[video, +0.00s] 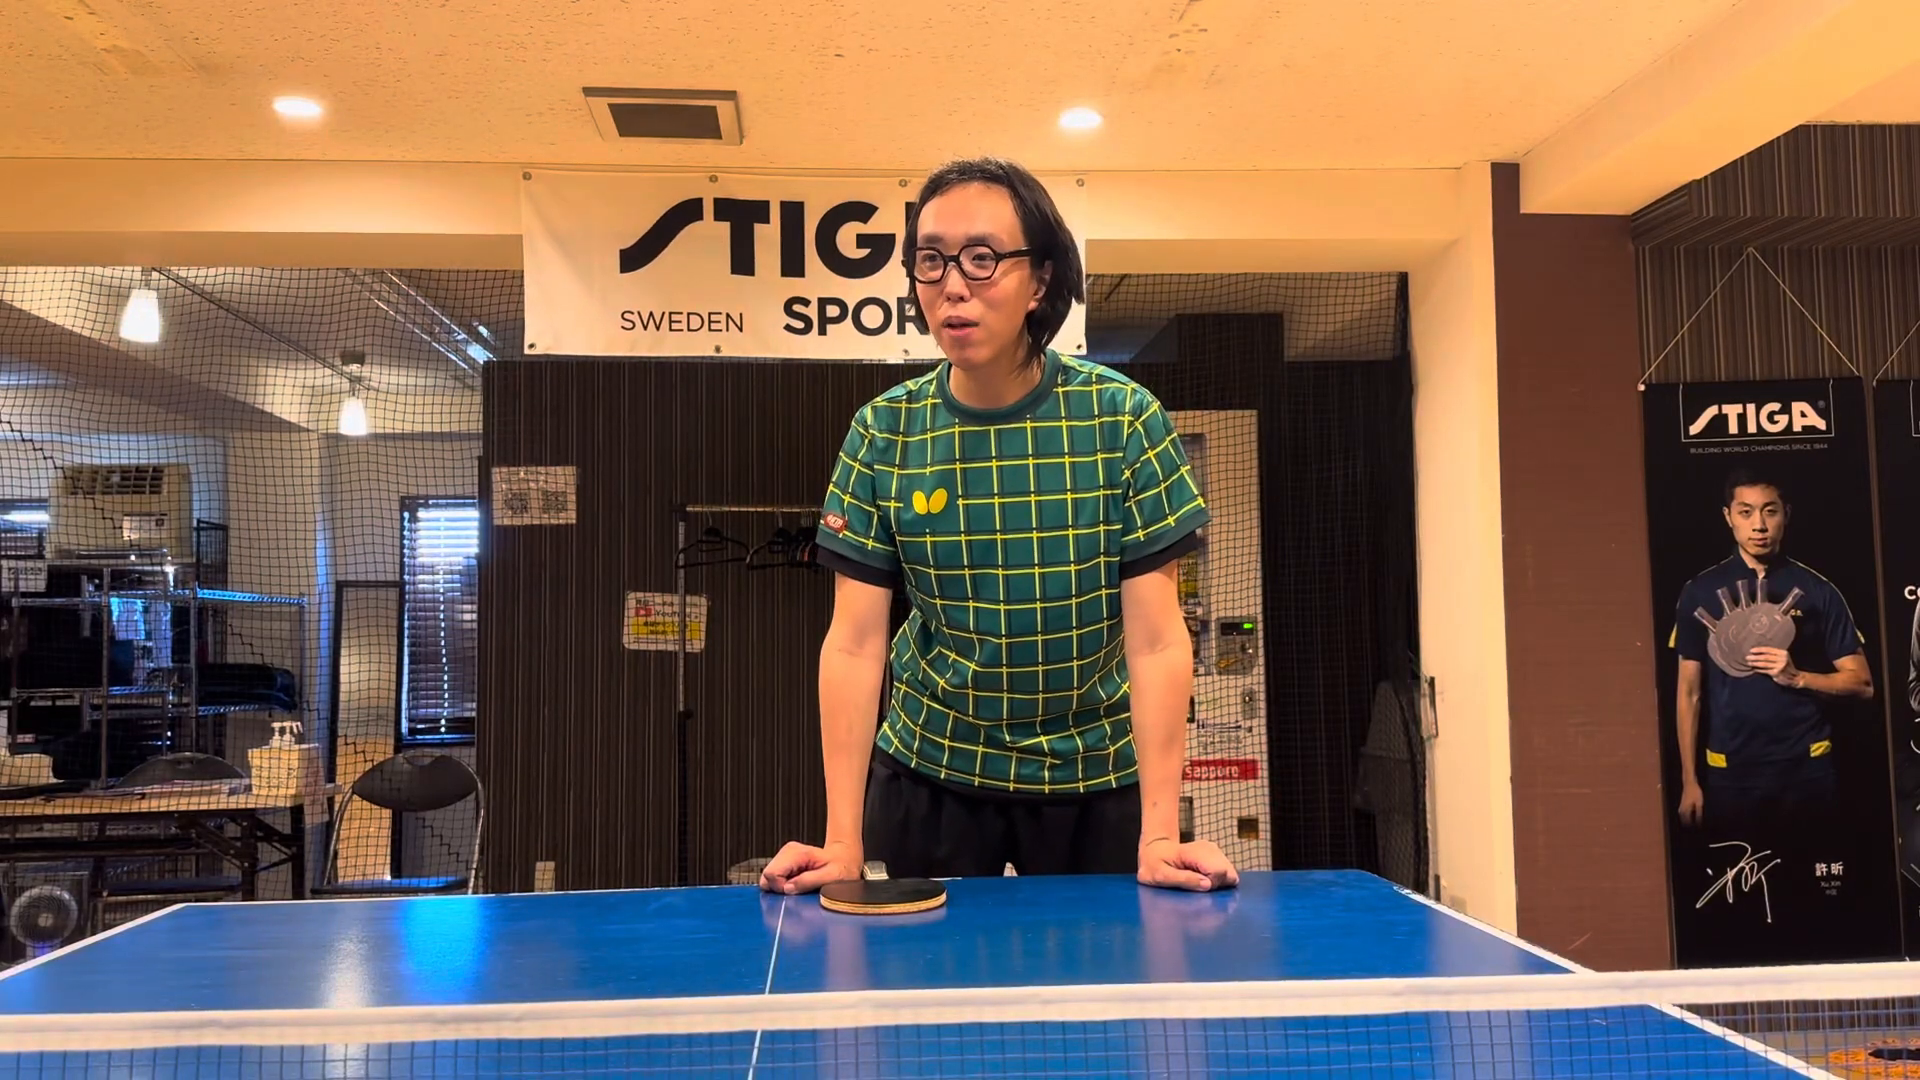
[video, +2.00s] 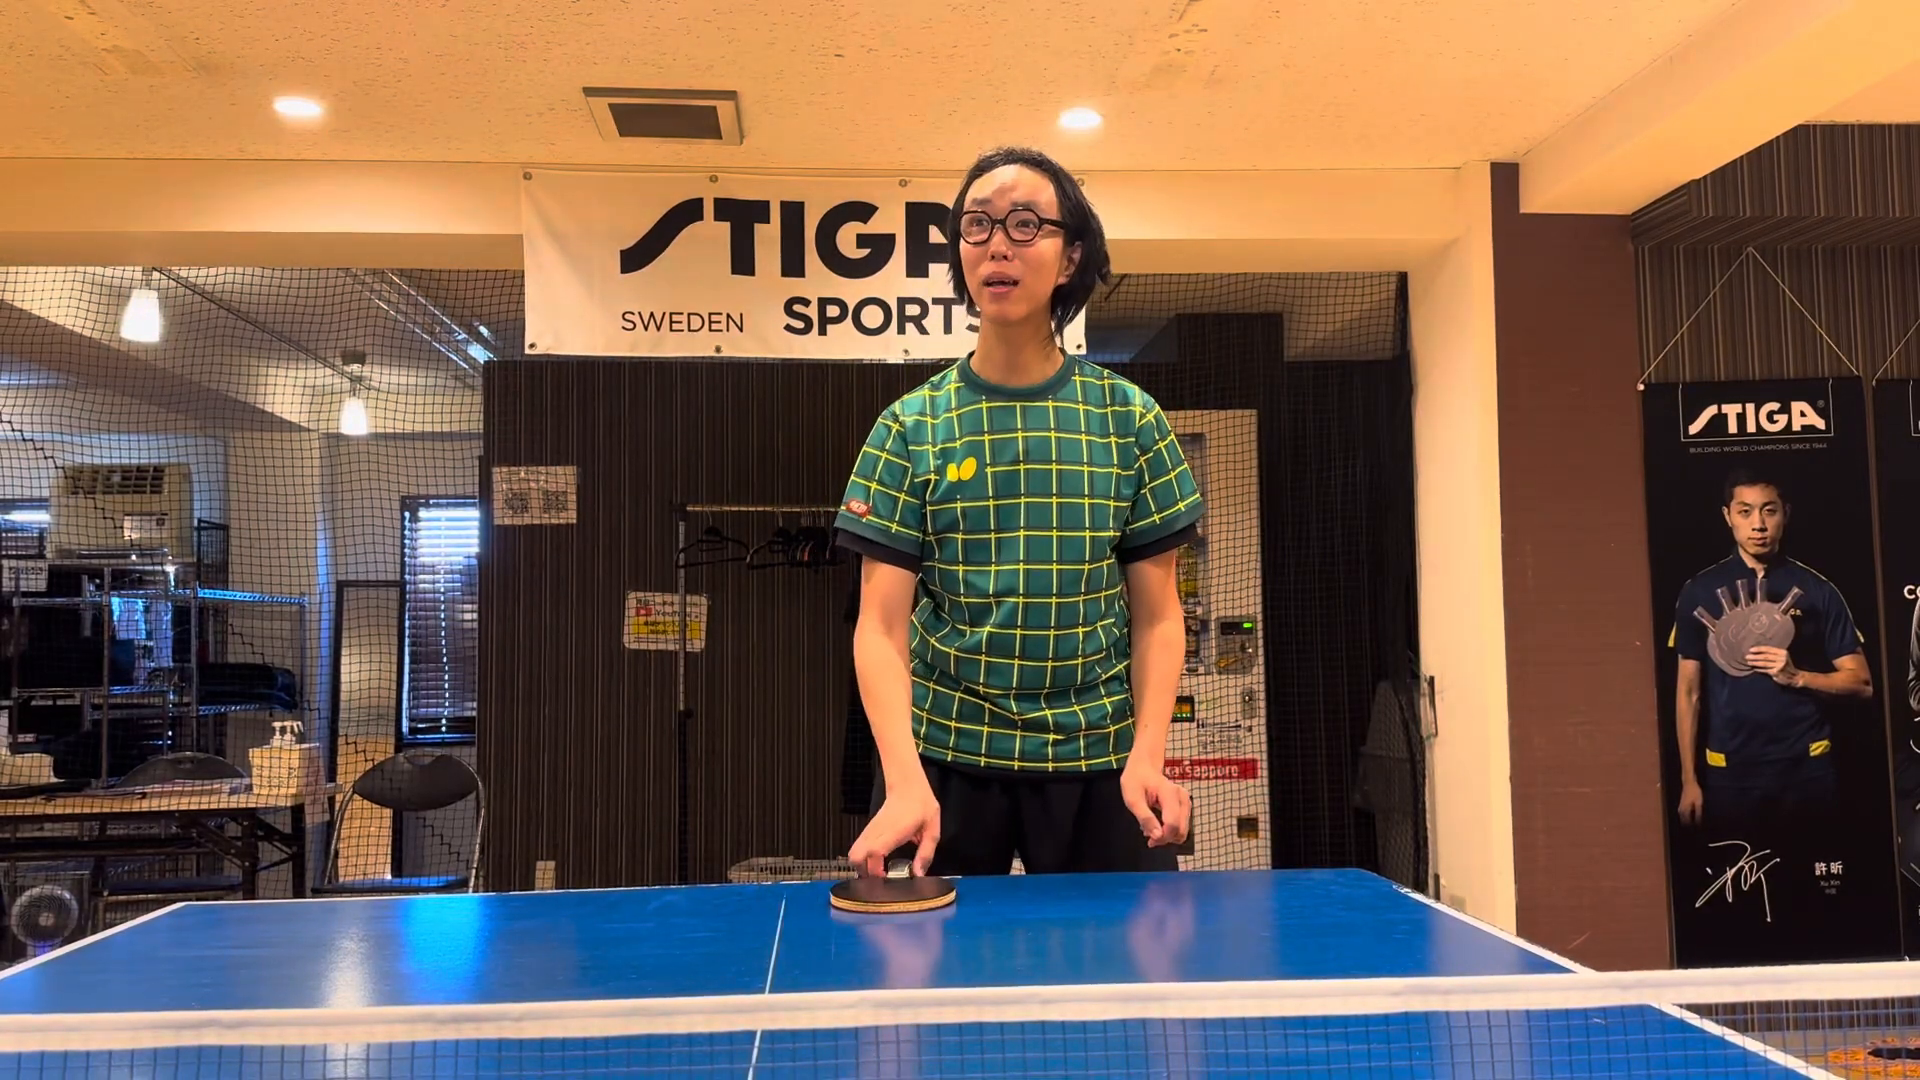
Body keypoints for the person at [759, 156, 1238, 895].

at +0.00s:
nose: (951, 283)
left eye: (982, 257)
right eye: (932, 259)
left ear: (1040, 281)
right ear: (914, 278)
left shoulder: (1122, 419)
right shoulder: (886, 429)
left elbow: (1157, 642)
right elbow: (853, 645)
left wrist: (1162, 836)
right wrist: (841, 843)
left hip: (1093, 800)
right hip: (928, 796)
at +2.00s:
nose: (999, 245)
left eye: (1026, 225)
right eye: (979, 225)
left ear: (1070, 258)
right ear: (958, 253)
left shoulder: (1129, 419)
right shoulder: (913, 426)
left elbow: (1158, 615)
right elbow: (881, 628)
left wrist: (1147, 758)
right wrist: (903, 781)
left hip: (1100, 779)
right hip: (947, 779)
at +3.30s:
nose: (1010, 318)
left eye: (1034, 295)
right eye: (988, 294)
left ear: (1069, 310)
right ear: (960, 311)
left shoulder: (1120, 459)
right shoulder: (900, 464)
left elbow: (1158, 639)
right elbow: (831, 648)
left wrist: (1124, 641)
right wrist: (916, 708)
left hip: (1097, 800)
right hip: (929, 801)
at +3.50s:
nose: (1070, 329)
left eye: (1095, 307)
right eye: (1048, 304)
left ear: (1129, 321)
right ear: (1019, 317)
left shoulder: (1181, 453)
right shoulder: (964, 473)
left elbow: (1232, 661)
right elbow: (886, 649)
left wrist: (1186, 541)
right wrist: (938, 714)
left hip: (1154, 782)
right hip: (989, 779)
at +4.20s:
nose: (1032, 387)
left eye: (1058, 363)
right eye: (1010, 361)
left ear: (1096, 378)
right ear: (986, 374)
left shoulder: (1149, 493)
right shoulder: (933, 513)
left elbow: (1203, 684)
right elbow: (869, 694)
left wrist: (1162, 623)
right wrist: (898, 767)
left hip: (1121, 792)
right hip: (962, 796)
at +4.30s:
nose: (1028, 394)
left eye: (1053, 369)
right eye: (1006, 367)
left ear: (1091, 383)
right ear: (982, 380)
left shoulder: (1149, 502)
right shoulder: (927, 521)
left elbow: (1202, 651)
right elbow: (873, 692)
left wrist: (1156, 668)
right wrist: (876, 760)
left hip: (1123, 811)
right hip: (956, 813)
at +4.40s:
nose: (1030, 400)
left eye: (1056, 371)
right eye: (1007, 370)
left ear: (1094, 383)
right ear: (983, 383)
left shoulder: (1149, 505)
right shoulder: (930, 522)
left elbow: (1197, 651)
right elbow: (879, 682)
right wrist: (862, 758)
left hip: (1110, 812)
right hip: (953, 808)